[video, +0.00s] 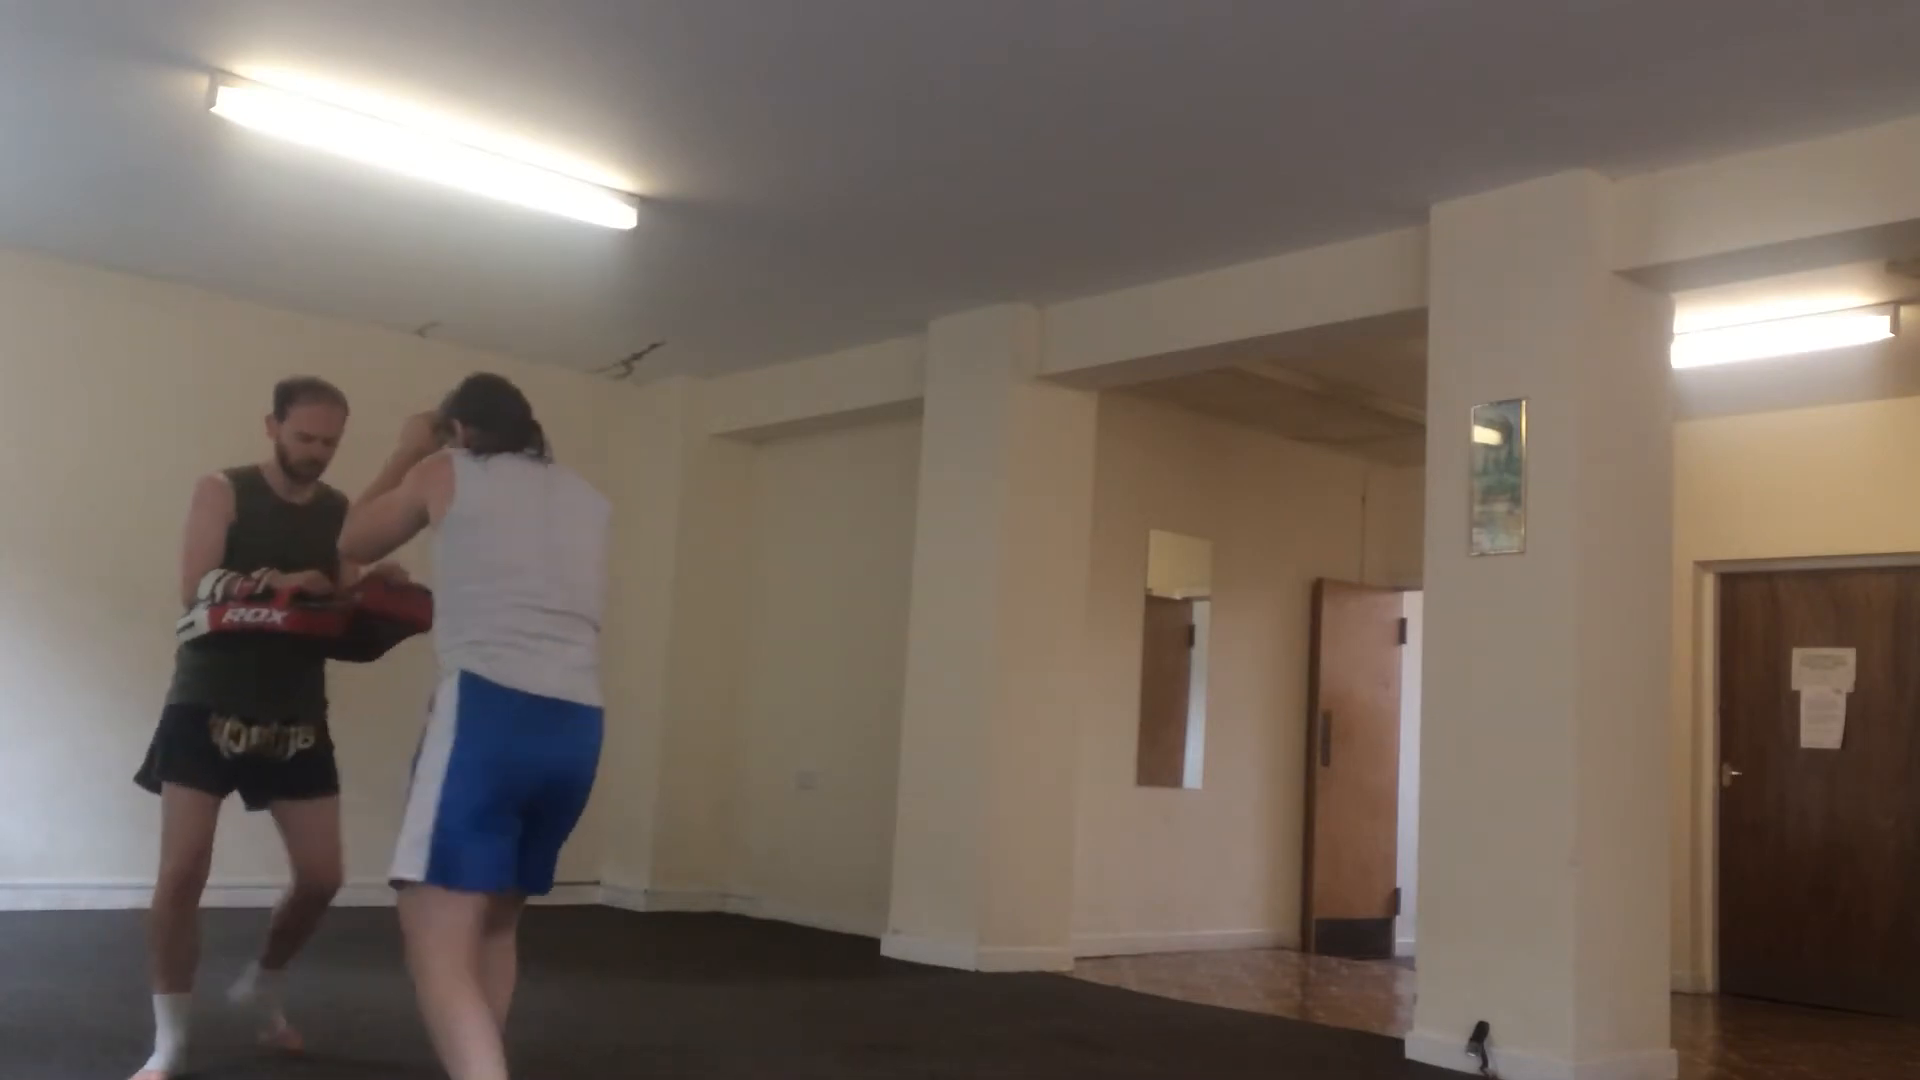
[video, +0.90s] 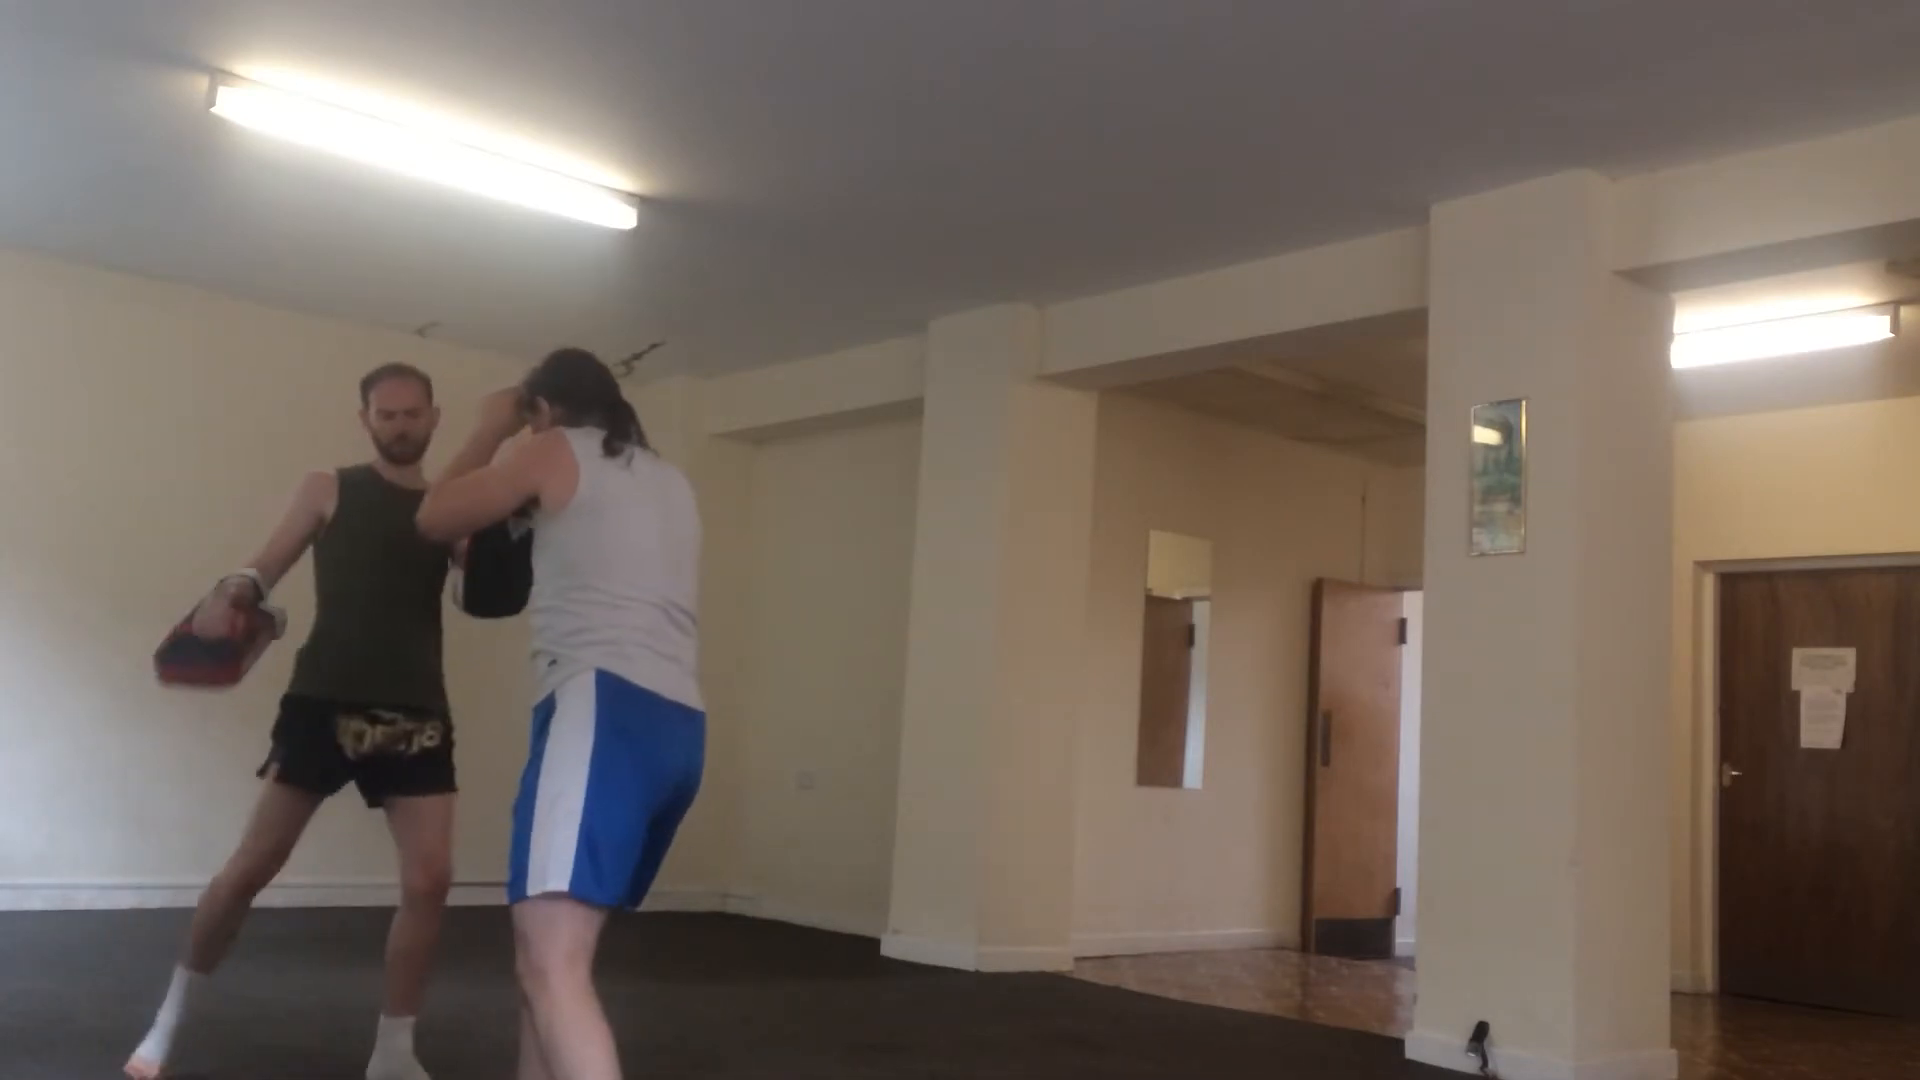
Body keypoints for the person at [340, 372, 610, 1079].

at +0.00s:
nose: (447, 444)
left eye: (447, 434)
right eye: (448, 434)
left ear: (461, 432)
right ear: (528, 431)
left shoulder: (451, 474)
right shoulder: (588, 499)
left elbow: (353, 540)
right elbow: (533, 601)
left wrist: (401, 455)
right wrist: (416, 595)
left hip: (484, 720)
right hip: (574, 732)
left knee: (441, 955)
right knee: (500, 924)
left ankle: (483, 1071)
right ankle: (475, 1070)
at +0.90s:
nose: (531, 422)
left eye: (530, 411)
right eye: (531, 410)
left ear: (545, 407)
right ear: (611, 406)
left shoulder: (553, 451)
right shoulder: (671, 481)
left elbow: (435, 514)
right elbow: (603, 560)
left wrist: (486, 431)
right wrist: (499, 547)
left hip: (598, 707)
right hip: (674, 727)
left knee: (554, 966)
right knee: (547, 961)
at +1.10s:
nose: (554, 421)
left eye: (555, 408)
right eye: (554, 407)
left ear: (569, 410)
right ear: (640, 411)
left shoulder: (570, 456)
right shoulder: (698, 489)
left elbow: (453, 517)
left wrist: (508, 433)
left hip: (609, 723)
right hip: (690, 740)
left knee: (533, 971)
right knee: (564, 951)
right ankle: (543, 1067)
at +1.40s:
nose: (585, 394)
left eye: (588, 382)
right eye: (586, 381)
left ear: (604, 383)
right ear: (676, 389)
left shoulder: (603, 432)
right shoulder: (730, 467)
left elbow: (480, 486)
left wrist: (538, 407)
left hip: (637, 701)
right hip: (719, 719)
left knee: (578, 951)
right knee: (626, 940)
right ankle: (645, 1072)